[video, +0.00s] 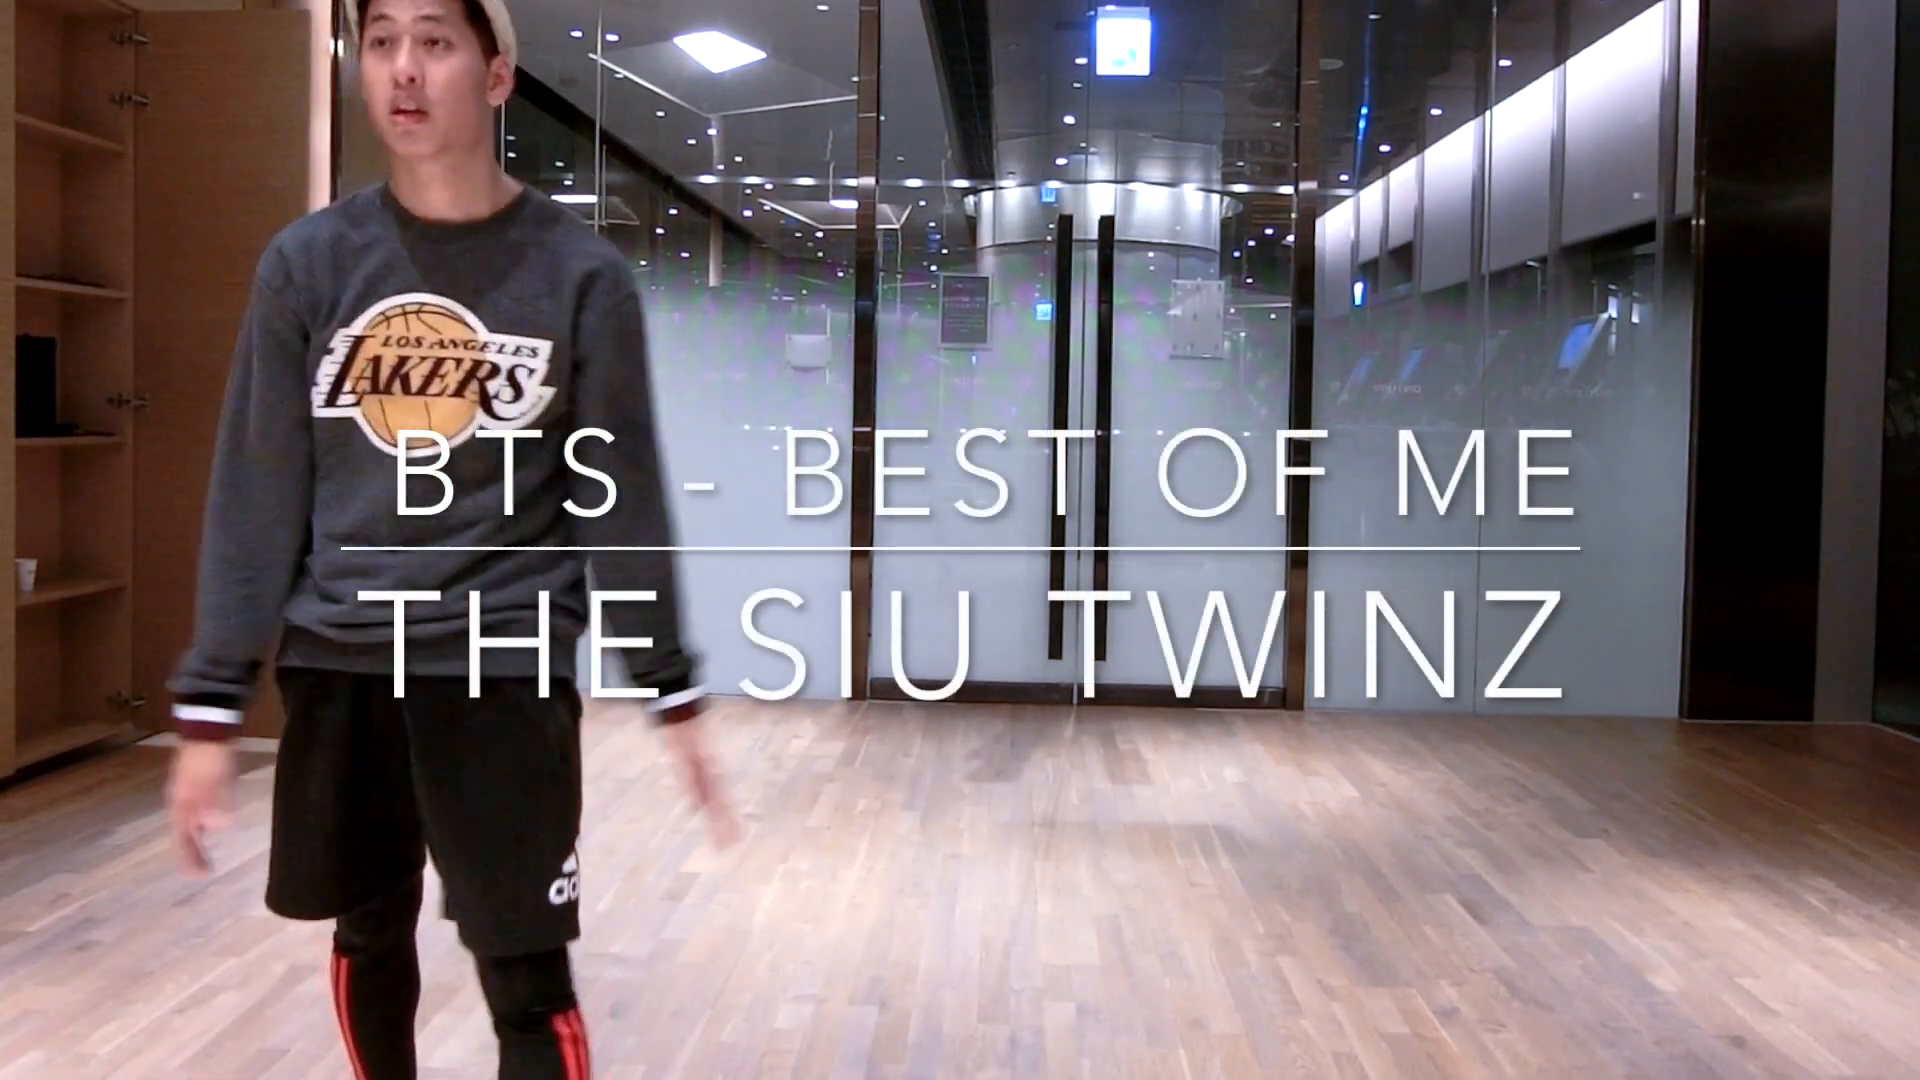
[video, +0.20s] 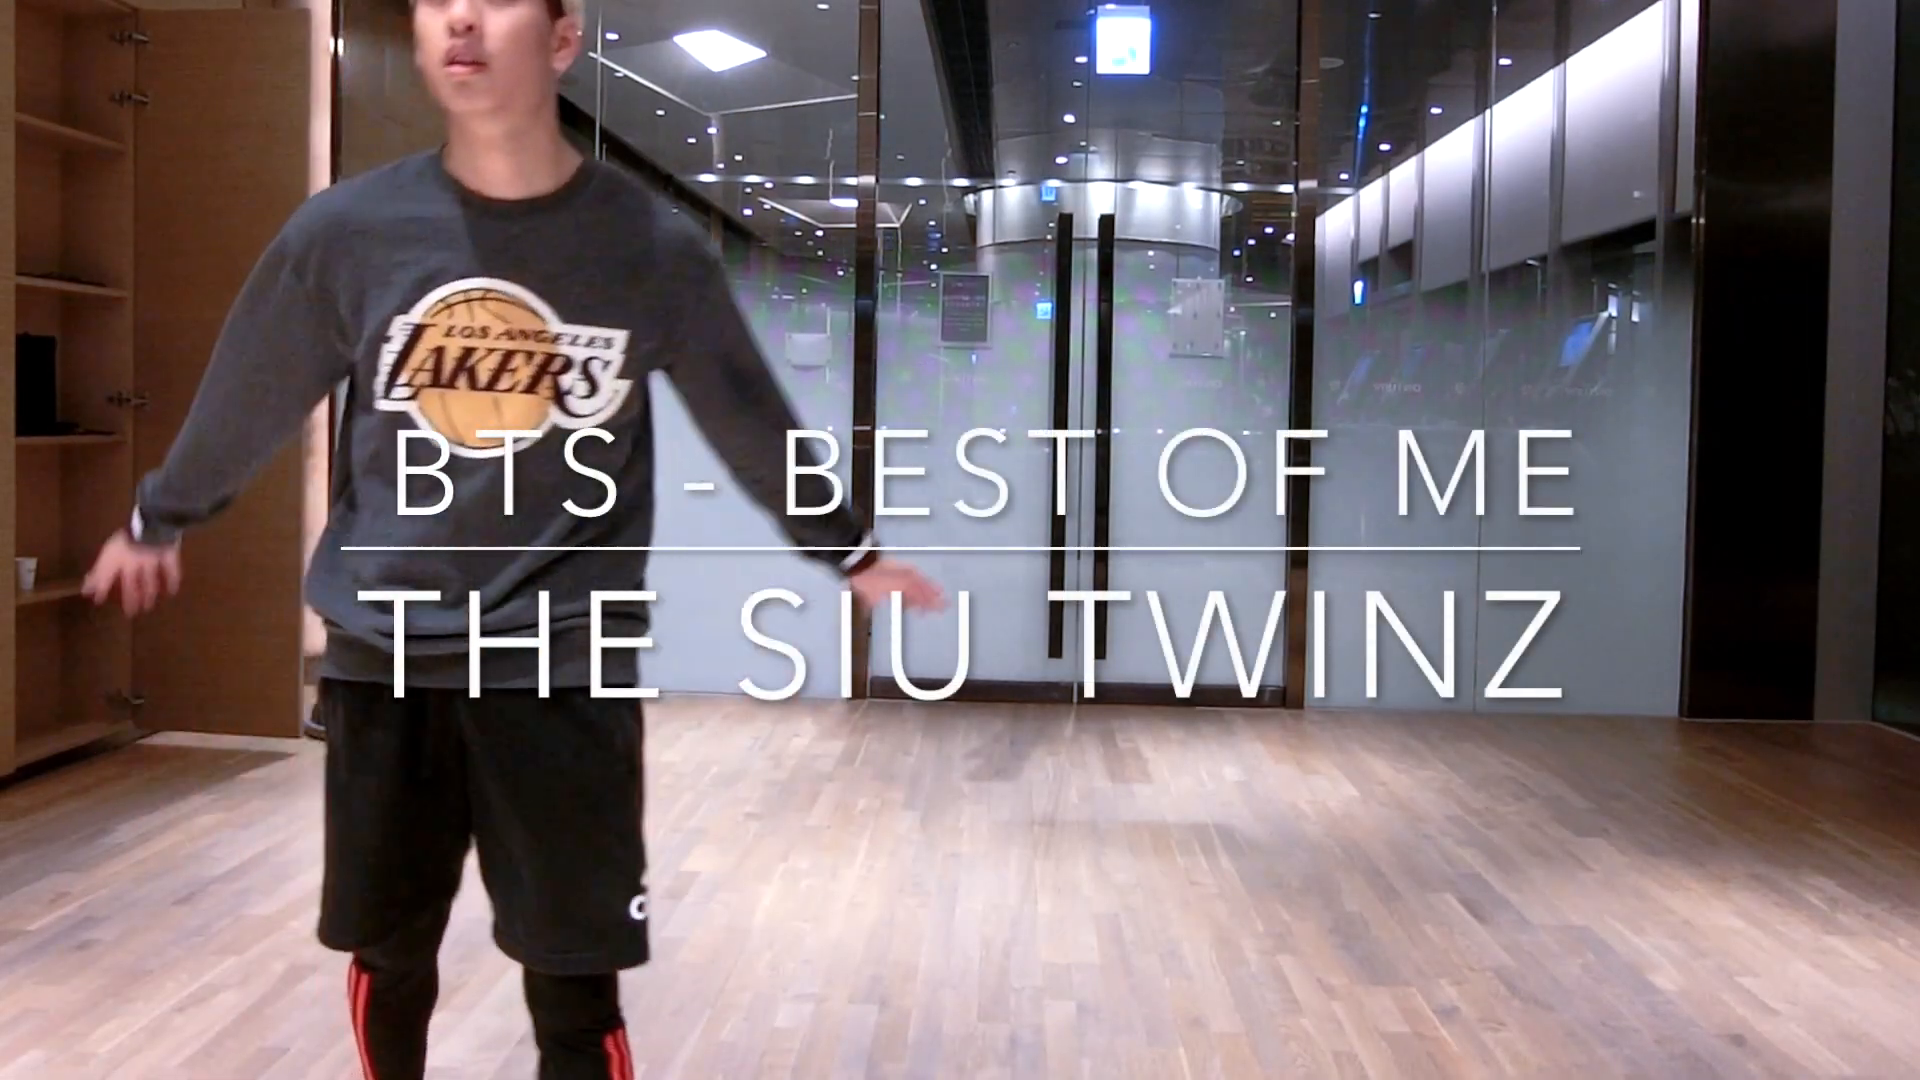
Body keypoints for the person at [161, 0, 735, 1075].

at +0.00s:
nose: (406, 72)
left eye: (437, 44)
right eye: (383, 45)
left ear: (497, 76)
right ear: (356, 77)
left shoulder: (579, 268)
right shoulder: (306, 262)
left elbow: (623, 494)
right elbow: (254, 496)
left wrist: (674, 698)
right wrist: (206, 714)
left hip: (508, 674)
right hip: (343, 671)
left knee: (524, 979)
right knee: (368, 947)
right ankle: (385, 1079)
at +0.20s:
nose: (460, 22)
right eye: (439, 4)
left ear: (565, 37)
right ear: (412, 39)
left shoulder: (645, 233)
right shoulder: (346, 228)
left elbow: (745, 406)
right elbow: (248, 388)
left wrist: (848, 546)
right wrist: (159, 516)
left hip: (570, 652)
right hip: (387, 646)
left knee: (572, 953)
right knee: (388, 933)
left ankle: (583, 1064)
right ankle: (391, 1074)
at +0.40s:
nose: (553, 18)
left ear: (648, 23)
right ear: (495, 27)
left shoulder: (725, 242)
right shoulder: (403, 206)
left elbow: (829, 450)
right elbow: (279, 394)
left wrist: (931, 619)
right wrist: (172, 562)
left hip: (620, 677)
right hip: (424, 671)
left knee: (607, 1006)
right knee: (384, 993)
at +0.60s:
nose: (614, 3)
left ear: (710, 15)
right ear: (554, 10)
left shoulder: (772, 234)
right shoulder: (456, 193)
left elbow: (824, 495)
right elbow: (376, 463)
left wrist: (829, 725)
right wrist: (363, 679)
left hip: (661, 704)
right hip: (461, 698)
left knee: (630, 1036)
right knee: (414, 1043)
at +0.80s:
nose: (651, 21)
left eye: (688, 5)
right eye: (641, 1)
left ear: (744, 24)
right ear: (602, 14)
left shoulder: (779, 183)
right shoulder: (472, 168)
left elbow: (893, 389)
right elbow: (381, 426)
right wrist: (508, 477)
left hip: (692, 688)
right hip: (498, 681)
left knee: (644, 1043)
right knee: (474, 1047)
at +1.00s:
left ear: (747, 13)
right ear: (595, 2)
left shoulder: (792, 181)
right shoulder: (470, 180)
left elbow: (966, 160)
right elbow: (355, 404)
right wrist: (388, 458)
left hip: (724, 726)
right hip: (523, 727)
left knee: (673, 1050)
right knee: (546, 1063)